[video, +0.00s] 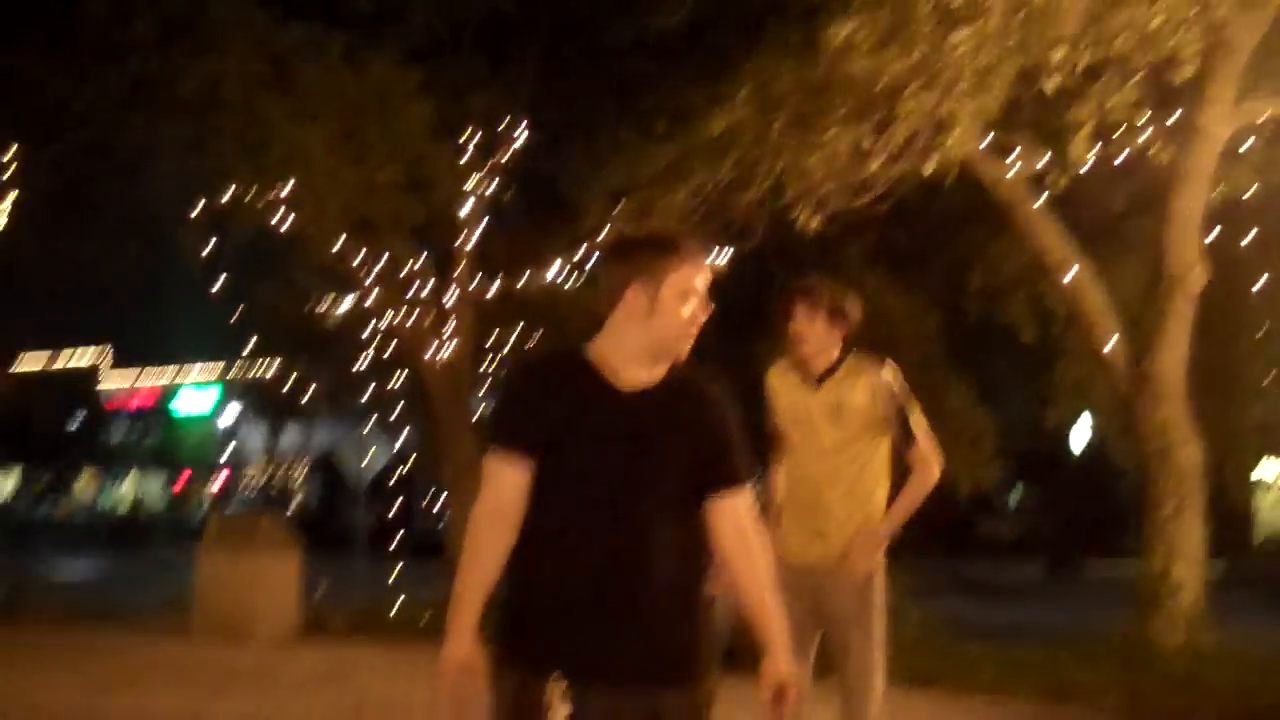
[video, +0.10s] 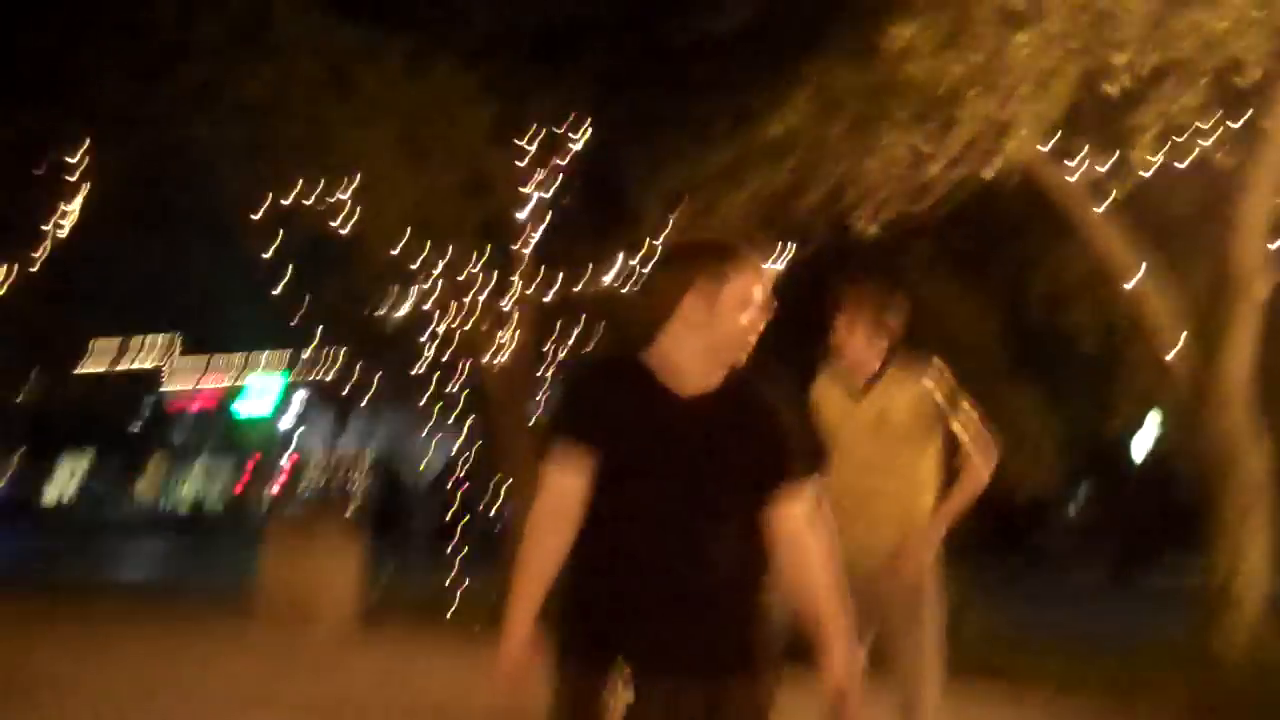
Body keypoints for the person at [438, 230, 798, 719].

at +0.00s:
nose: (704, 312)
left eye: (705, 298)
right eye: (688, 296)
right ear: (634, 297)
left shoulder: (699, 406)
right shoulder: (542, 386)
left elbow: (739, 532)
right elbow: (497, 513)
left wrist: (776, 650)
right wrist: (461, 631)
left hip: (663, 671)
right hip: (541, 667)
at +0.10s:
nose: (761, 320)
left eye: (763, 306)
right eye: (747, 304)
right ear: (693, 299)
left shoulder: (761, 414)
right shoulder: (605, 390)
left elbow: (796, 536)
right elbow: (557, 511)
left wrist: (836, 647)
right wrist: (518, 630)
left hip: (719, 661)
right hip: (601, 656)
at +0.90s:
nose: (725, 382)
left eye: (732, 367)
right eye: (705, 368)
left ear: (738, 366)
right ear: (655, 362)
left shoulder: (733, 449)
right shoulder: (599, 421)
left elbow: (719, 586)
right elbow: (545, 532)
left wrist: (694, 697)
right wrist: (490, 638)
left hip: (672, 682)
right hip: (583, 666)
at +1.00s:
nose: (677, 365)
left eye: (683, 350)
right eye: (658, 349)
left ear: (690, 350)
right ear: (607, 343)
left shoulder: (683, 435)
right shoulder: (553, 409)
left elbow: (672, 570)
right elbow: (495, 521)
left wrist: (645, 676)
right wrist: (441, 623)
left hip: (621, 671)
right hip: (530, 654)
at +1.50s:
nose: (596, 319)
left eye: (603, 305)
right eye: (580, 305)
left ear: (611, 306)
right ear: (532, 305)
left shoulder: (612, 389)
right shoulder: (483, 380)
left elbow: (627, 511)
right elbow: (439, 493)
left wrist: (638, 623)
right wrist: (393, 595)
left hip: (578, 633)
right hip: (480, 624)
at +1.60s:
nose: (574, 321)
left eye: (580, 308)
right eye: (558, 308)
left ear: (586, 309)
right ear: (510, 307)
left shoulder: (589, 394)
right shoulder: (459, 381)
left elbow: (603, 515)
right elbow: (415, 496)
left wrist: (609, 624)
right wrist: (369, 595)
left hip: (549, 637)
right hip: (452, 627)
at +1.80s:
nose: (587, 304)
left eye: (595, 290)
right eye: (573, 289)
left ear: (602, 291)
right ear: (526, 286)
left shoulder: (600, 371)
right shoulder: (470, 362)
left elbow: (615, 483)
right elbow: (431, 467)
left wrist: (615, 584)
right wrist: (392, 565)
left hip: (561, 608)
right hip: (467, 601)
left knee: (557, 712)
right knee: (449, 710)